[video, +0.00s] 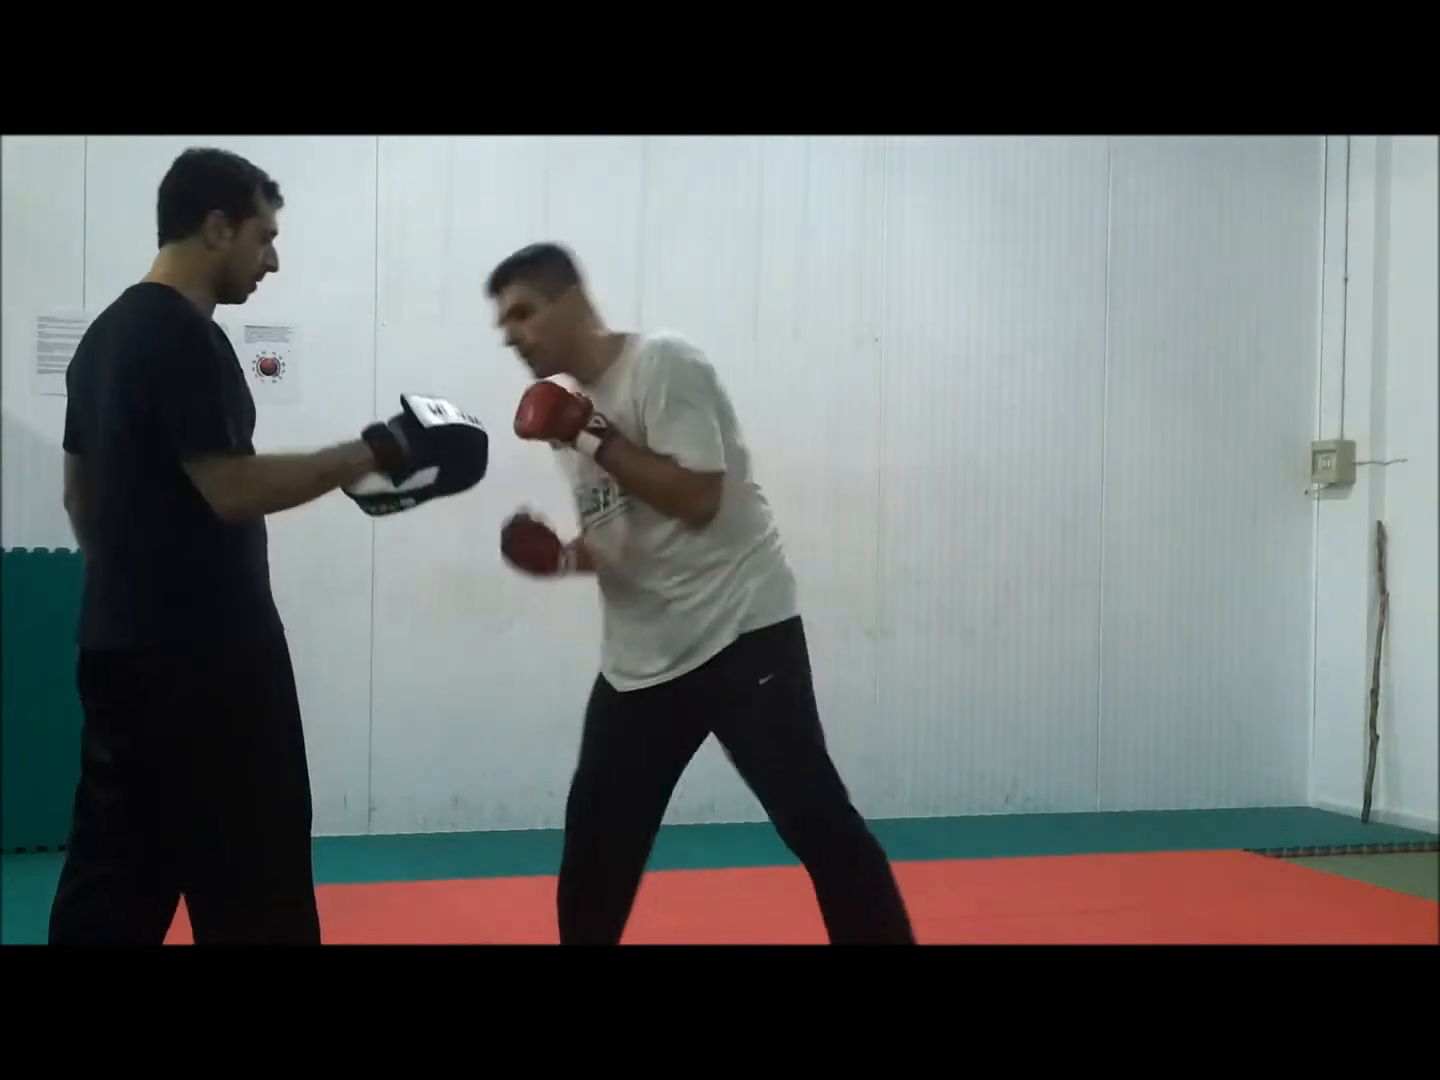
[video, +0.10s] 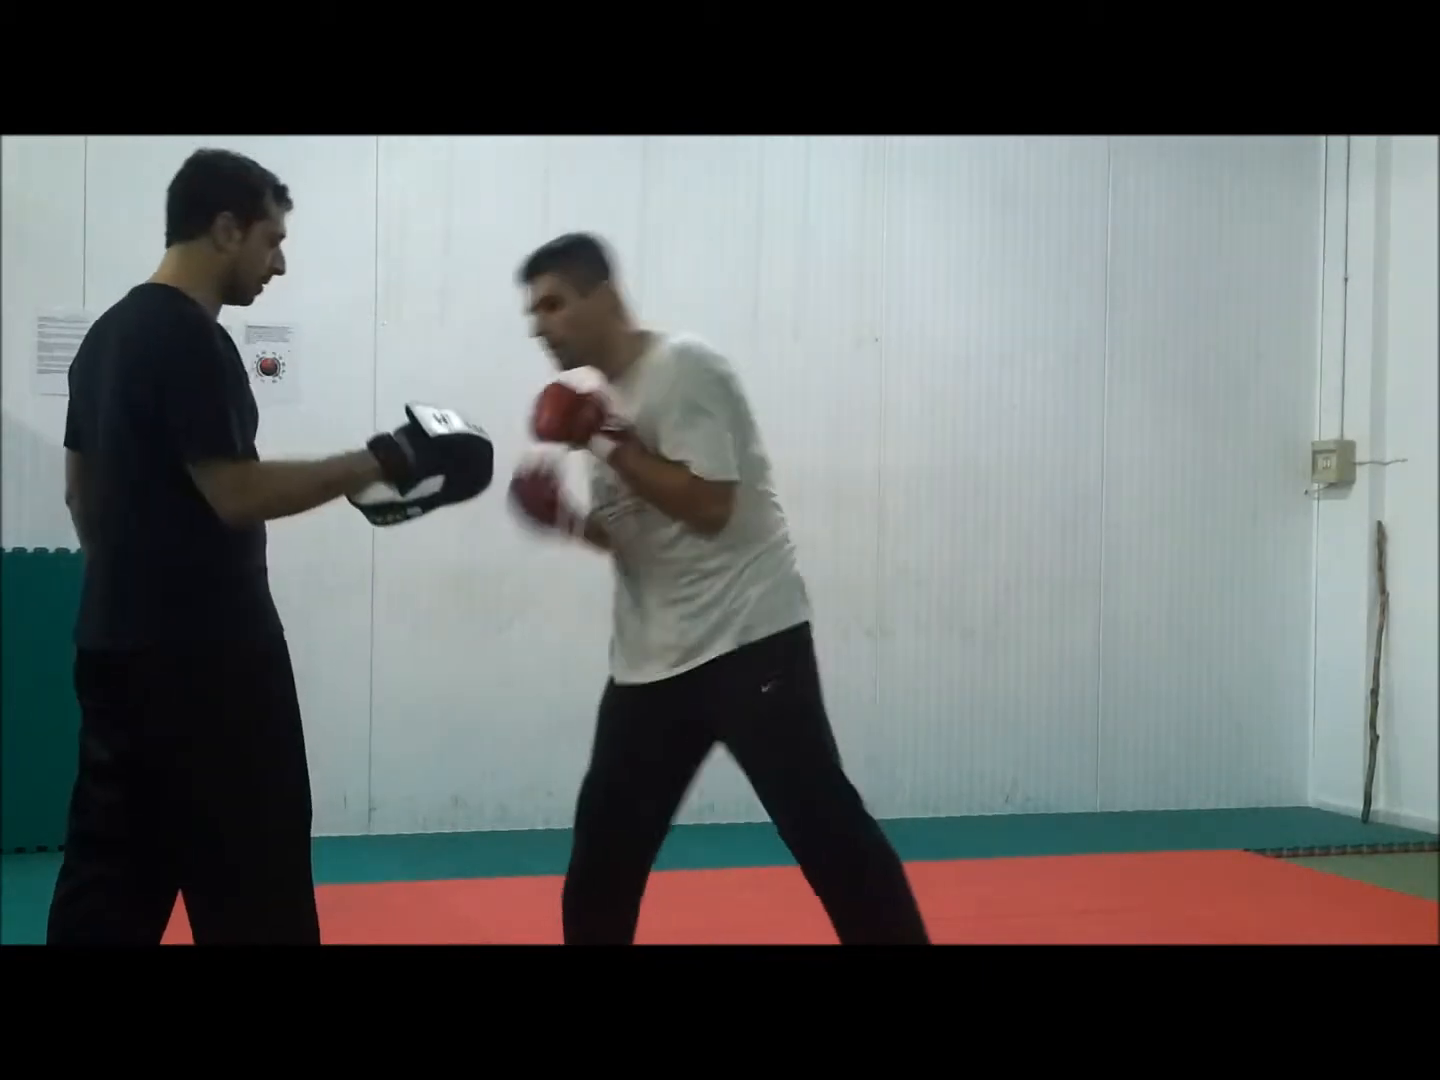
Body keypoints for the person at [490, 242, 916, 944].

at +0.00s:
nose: (509, 335)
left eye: (520, 314)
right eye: (502, 322)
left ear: (573, 301)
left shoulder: (666, 362)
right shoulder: (572, 416)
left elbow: (699, 497)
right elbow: (619, 544)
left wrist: (591, 433)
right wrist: (562, 555)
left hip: (741, 632)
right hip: (642, 659)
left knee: (819, 826)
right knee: (596, 843)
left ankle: (885, 942)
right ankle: (584, 946)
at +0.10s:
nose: (538, 327)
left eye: (550, 305)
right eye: (533, 311)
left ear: (605, 296)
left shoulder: (687, 369)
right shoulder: (598, 405)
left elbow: (711, 506)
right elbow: (632, 539)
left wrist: (606, 438)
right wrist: (564, 518)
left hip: (749, 640)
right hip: (652, 657)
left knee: (824, 829)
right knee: (605, 844)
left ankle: (897, 941)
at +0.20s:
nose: (601, 314)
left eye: (616, 295)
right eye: (599, 299)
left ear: (668, 291)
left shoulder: (747, 376)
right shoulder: (648, 398)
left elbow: (756, 519)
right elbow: (657, 530)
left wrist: (679, 449)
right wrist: (600, 478)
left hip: (775, 659)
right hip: (677, 666)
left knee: (844, 841)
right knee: (614, 868)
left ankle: (916, 944)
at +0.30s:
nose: (654, 313)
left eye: (670, 294)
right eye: (652, 297)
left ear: (721, 294)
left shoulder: (798, 385)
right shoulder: (683, 401)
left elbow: (799, 528)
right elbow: (682, 533)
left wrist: (714, 454)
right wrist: (636, 487)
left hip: (802, 669)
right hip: (698, 674)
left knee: (864, 856)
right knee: (621, 874)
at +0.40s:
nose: (720, 304)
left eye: (737, 287)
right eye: (719, 288)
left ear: (792, 289)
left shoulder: (864, 387)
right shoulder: (739, 396)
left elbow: (862, 531)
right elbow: (723, 533)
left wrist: (775, 442)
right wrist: (686, 478)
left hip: (850, 669)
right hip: (742, 673)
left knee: (894, 862)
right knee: (653, 850)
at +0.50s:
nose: (751, 291)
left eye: (769, 274)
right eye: (750, 276)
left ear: (826, 278)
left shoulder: (894, 379)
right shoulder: (760, 385)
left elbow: (884, 522)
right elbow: (739, 524)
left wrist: (808, 417)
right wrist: (717, 446)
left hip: (870, 657)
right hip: (762, 656)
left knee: (909, 851)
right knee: (678, 823)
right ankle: (641, 943)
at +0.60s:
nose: (783, 290)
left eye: (801, 273)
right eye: (782, 273)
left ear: (859, 277)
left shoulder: (924, 377)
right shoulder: (784, 378)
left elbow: (903, 520)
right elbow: (748, 512)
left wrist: (840, 411)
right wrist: (749, 424)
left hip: (890, 651)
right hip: (782, 650)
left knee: (917, 839)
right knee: (717, 819)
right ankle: (710, 945)